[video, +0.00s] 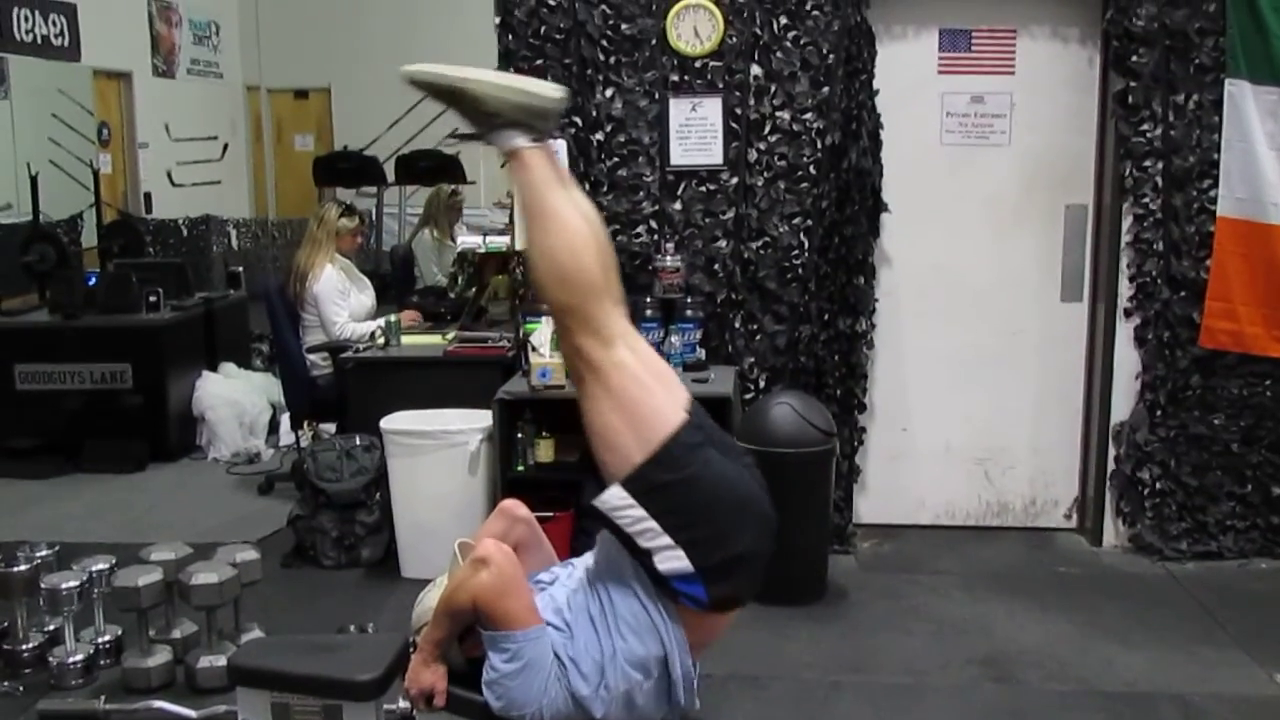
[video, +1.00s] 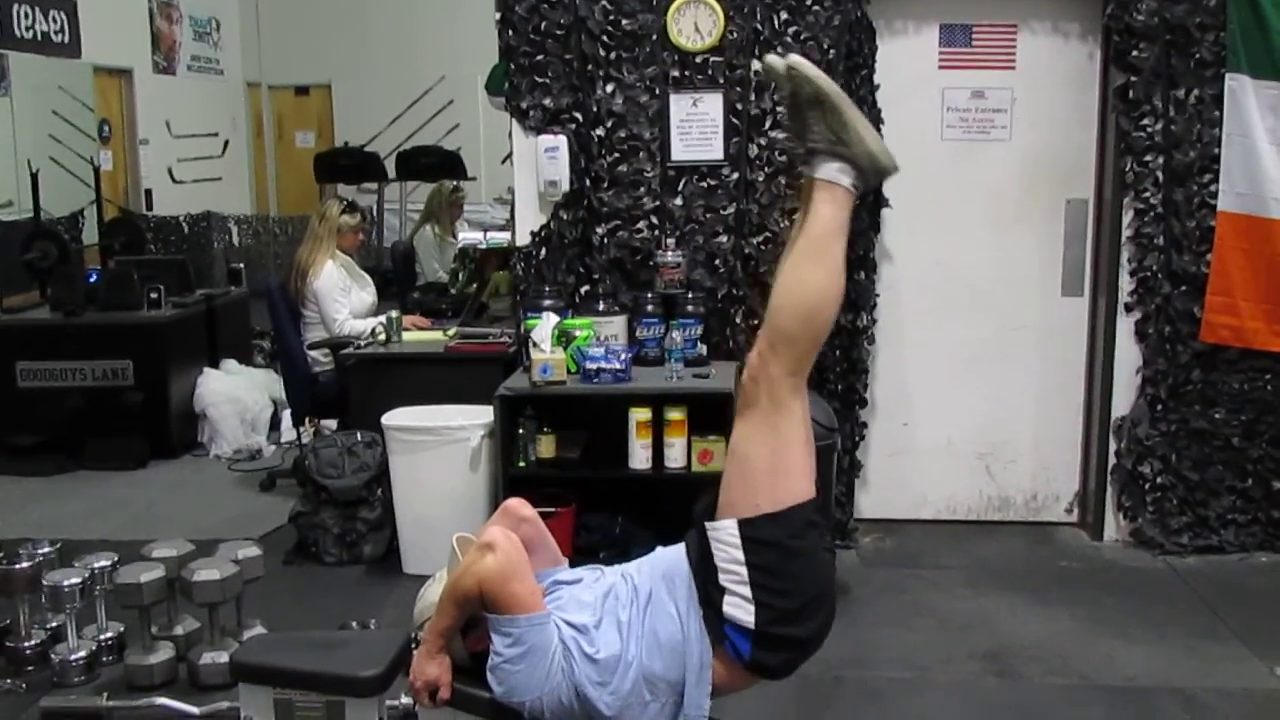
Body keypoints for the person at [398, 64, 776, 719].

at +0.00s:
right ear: (476, 639)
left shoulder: (555, 606)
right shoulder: (529, 683)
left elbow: (514, 517)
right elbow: (488, 565)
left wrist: (440, 635)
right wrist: (435, 644)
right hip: (706, 556)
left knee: (600, 334)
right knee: (593, 338)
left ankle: (540, 146)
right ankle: (520, 142)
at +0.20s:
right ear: (474, 643)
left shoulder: (561, 604)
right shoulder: (526, 681)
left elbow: (517, 519)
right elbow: (490, 559)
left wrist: (451, 613)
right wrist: (435, 646)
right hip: (716, 572)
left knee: (654, 338)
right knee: (643, 340)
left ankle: (610, 135)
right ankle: (606, 132)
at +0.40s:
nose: (481, 631)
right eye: (473, 625)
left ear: (486, 628)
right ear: (484, 641)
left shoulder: (561, 609)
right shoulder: (527, 677)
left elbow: (517, 521)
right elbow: (493, 555)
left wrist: (453, 615)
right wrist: (436, 646)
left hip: (746, 570)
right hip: (728, 583)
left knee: (704, 354)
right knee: (692, 355)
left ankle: (695, 141)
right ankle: (692, 138)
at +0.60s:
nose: (479, 559)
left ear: (479, 629)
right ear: (479, 635)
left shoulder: (563, 607)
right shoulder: (530, 675)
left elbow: (518, 518)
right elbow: (492, 556)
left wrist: (456, 607)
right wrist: (436, 646)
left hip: (748, 580)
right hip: (742, 595)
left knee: (735, 369)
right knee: (727, 370)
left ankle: (763, 155)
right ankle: (762, 154)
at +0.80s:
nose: (475, 548)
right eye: (469, 561)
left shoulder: (558, 618)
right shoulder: (530, 672)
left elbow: (519, 516)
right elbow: (495, 553)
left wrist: (443, 626)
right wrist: (439, 639)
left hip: (744, 588)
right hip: (749, 605)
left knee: (757, 372)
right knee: (753, 372)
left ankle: (807, 164)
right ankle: (805, 161)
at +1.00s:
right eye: (461, 621)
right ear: (479, 637)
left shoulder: (561, 604)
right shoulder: (530, 668)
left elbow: (517, 514)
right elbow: (492, 548)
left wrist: (455, 608)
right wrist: (438, 638)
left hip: (746, 595)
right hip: (753, 615)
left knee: (771, 377)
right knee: (769, 376)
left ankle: (835, 172)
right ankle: (836, 172)